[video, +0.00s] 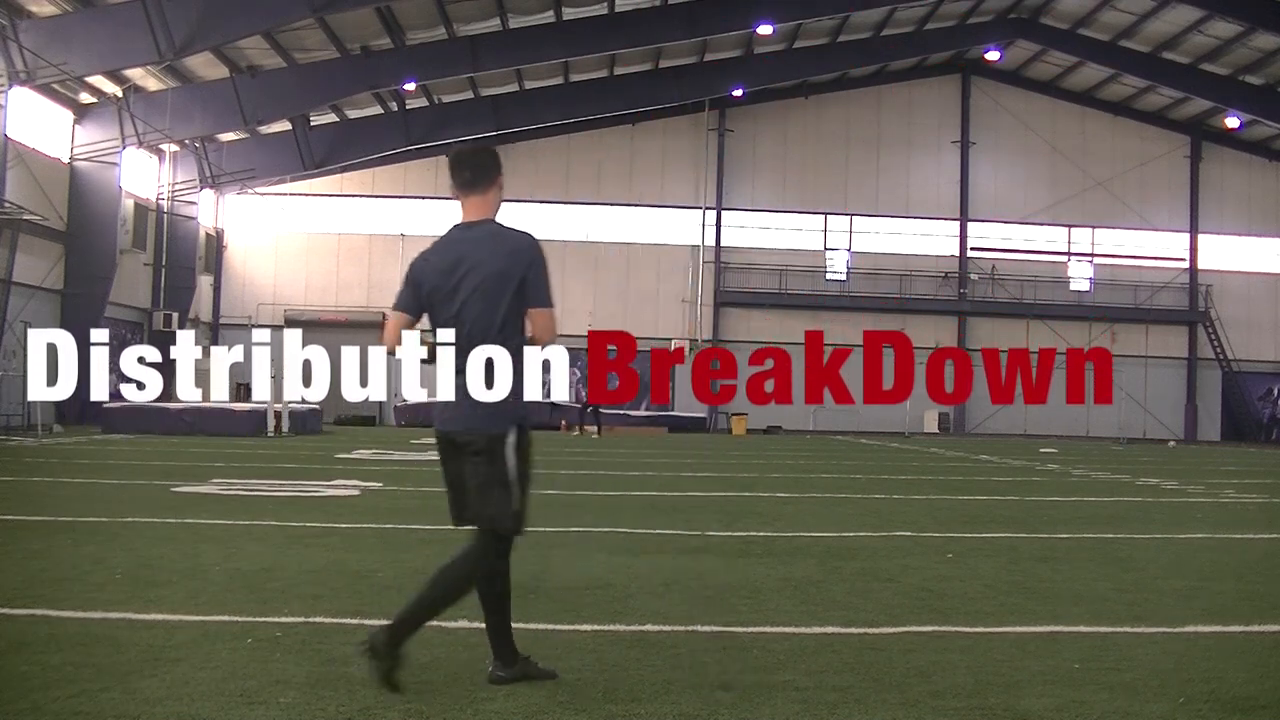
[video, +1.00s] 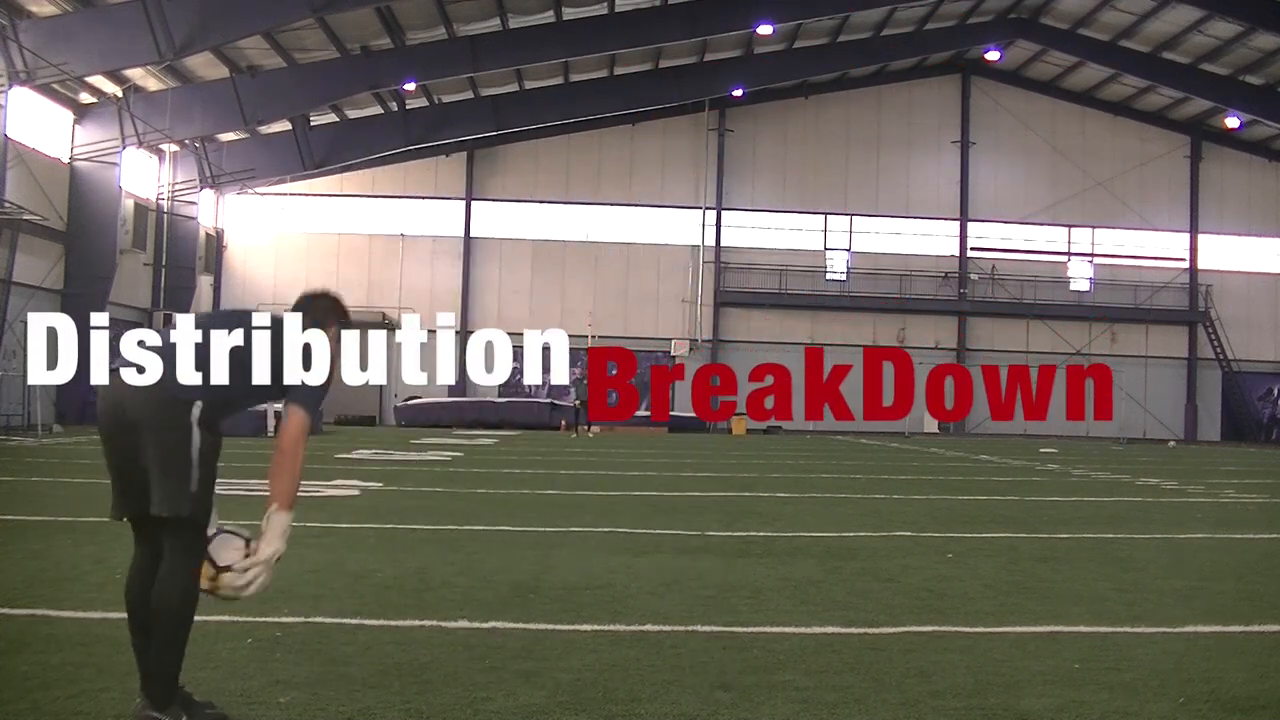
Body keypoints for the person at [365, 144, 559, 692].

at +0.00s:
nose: (496, 192)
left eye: (481, 183)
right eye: (498, 182)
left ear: (453, 189)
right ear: (499, 184)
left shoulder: (431, 258)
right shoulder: (521, 247)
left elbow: (391, 335)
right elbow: (543, 330)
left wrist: (439, 335)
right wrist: (503, 325)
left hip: (452, 420)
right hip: (500, 420)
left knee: (492, 537)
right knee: (496, 536)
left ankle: (507, 659)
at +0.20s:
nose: (458, 194)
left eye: (453, 185)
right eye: (459, 186)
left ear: (408, 187)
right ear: (455, 186)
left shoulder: (377, 251)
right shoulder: (456, 251)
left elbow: (339, 330)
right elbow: (465, 340)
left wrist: (395, 341)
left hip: (380, 417)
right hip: (412, 421)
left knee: (440, 524)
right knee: (370, 540)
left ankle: (480, 652)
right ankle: (328, 669)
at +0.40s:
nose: (416, 183)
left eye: (412, 173)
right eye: (416, 174)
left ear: (365, 172)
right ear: (408, 173)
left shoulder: (330, 236)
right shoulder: (399, 237)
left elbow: (298, 314)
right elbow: (404, 328)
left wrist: (322, 369)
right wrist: (421, 379)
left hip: (322, 408)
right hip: (358, 411)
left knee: (383, 520)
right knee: (341, 532)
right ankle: (325, 669)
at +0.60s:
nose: (381, 198)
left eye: (379, 187)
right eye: (382, 187)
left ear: (330, 183)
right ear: (373, 183)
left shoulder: (291, 241)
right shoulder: (357, 241)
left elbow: (255, 327)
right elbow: (352, 335)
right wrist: (363, 397)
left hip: (255, 416)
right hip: (303, 420)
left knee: (260, 541)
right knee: (308, 547)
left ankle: (173, 660)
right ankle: (327, 673)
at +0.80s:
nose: (358, 262)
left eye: (359, 253)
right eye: (360, 252)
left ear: (311, 240)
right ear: (352, 245)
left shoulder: (264, 273)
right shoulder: (336, 286)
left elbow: (227, 358)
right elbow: (326, 378)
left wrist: (267, 444)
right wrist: (336, 453)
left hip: (171, 404)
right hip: (228, 414)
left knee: (185, 541)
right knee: (260, 538)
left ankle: (157, 687)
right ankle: (275, 672)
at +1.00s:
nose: (336, 351)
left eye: (338, 340)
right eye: (339, 339)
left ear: (297, 316)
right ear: (327, 328)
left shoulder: (246, 327)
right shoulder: (314, 351)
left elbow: (197, 412)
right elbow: (291, 435)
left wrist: (198, 531)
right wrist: (276, 530)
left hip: (120, 397)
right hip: (175, 409)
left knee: (148, 549)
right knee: (183, 551)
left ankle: (155, 693)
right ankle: (162, 699)